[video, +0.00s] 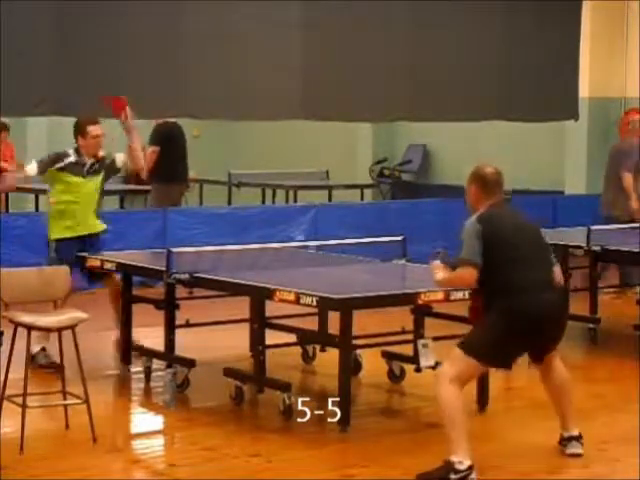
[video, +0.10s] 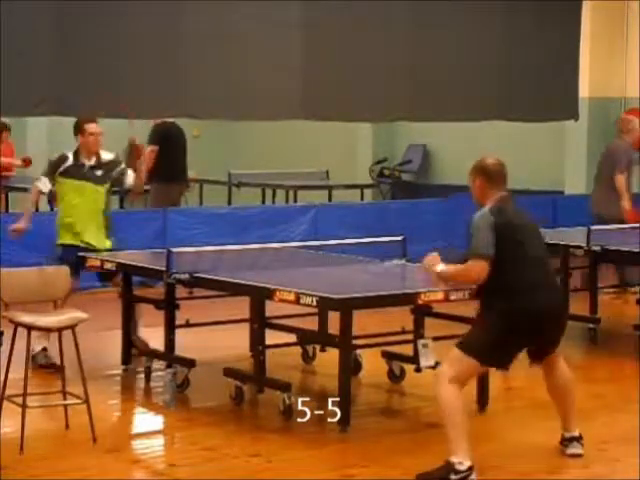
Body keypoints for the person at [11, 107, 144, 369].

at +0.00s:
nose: (100, 142)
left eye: (101, 137)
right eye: (95, 137)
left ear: (101, 138)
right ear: (80, 140)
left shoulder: (103, 164)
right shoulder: (61, 160)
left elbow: (136, 166)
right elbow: (27, 173)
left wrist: (131, 130)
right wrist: (10, 178)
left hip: (92, 232)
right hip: (63, 235)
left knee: (114, 284)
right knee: (58, 292)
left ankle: (124, 337)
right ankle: (40, 347)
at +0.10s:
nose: (98, 139)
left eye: (99, 135)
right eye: (93, 135)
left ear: (101, 138)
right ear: (79, 137)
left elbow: (136, 187)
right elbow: (38, 187)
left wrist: (143, 166)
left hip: (100, 240)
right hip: (70, 239)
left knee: (127, 287)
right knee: (56, 293)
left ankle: (134, 336)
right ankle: (41, 347)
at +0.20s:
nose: (102, 133)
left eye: (103, 129)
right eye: (97, 129)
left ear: (106, 132)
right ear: (84, 132)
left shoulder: (113, 158)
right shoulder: (67, 158)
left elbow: (131, 188)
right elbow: (48, 187)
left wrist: (140, 167)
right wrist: (49, 214)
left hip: (103, 232)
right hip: (74, 232)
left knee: (125, 282)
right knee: (64, 289)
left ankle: (135, 333)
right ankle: (51, 343)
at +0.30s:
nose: (114, 139)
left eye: (116, 134)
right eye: (109, 134)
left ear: (117, 137)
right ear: (95, 136)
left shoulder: (113, 163)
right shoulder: (82, 159)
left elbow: (111, 193)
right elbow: (59, 190)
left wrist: (127, 204)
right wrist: (85, 211)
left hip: (107, 234)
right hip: (80, 235)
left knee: (130, 282)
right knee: (80, 289)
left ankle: (145, 329)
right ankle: (46, 335)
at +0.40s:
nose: (125, 150)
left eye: (126, 145)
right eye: (121, 144)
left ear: (119, 148)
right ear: (107, 145)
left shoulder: (111, 171)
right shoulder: (92, 165)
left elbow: (115, 206)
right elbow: (77, 200)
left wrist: (140, 226)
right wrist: (110, 213)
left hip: (105, 244)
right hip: (81, 246)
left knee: (136, 275)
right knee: (83, 295)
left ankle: (148, 322)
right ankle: (41, 337)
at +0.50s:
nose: (147, 164)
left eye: (148, 159)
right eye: (143, 158)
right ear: (128, 158)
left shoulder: (126, 186)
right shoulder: (110, 180)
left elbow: (149, 210)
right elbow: (115, 195)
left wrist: (175, 220)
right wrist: (147, 196)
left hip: (104, 245)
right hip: (83, 246)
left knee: (137, 271)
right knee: (84, 297)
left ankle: (149, 315)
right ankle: (41, 337)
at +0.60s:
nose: (164, 167)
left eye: (166, 162)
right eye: (160, 161)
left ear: (161, 164)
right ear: (143, 160)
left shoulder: (151, 190)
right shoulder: (129, 182)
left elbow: (177, 203)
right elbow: (137, 189)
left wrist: (209, 210)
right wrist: (171, 188)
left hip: (110, 243)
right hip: (89, 241)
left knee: (144, 274)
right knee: (82, 293)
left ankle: (145, 323)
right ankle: (42, 336)